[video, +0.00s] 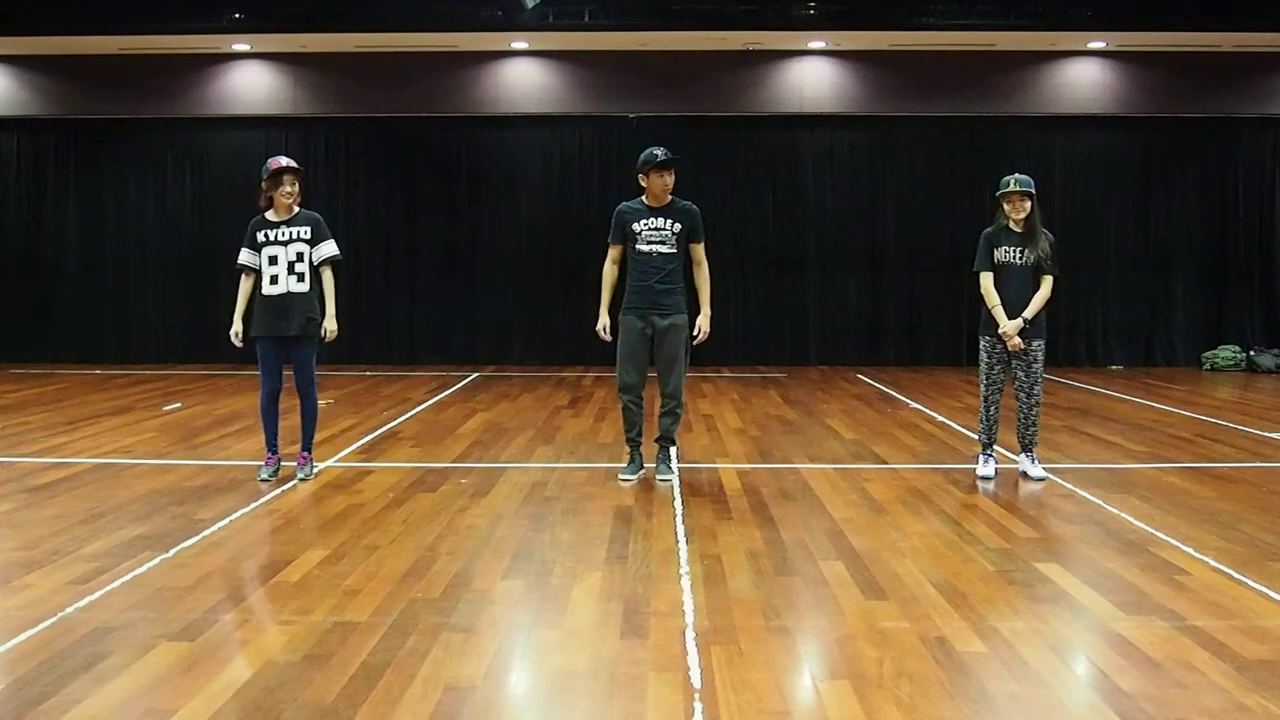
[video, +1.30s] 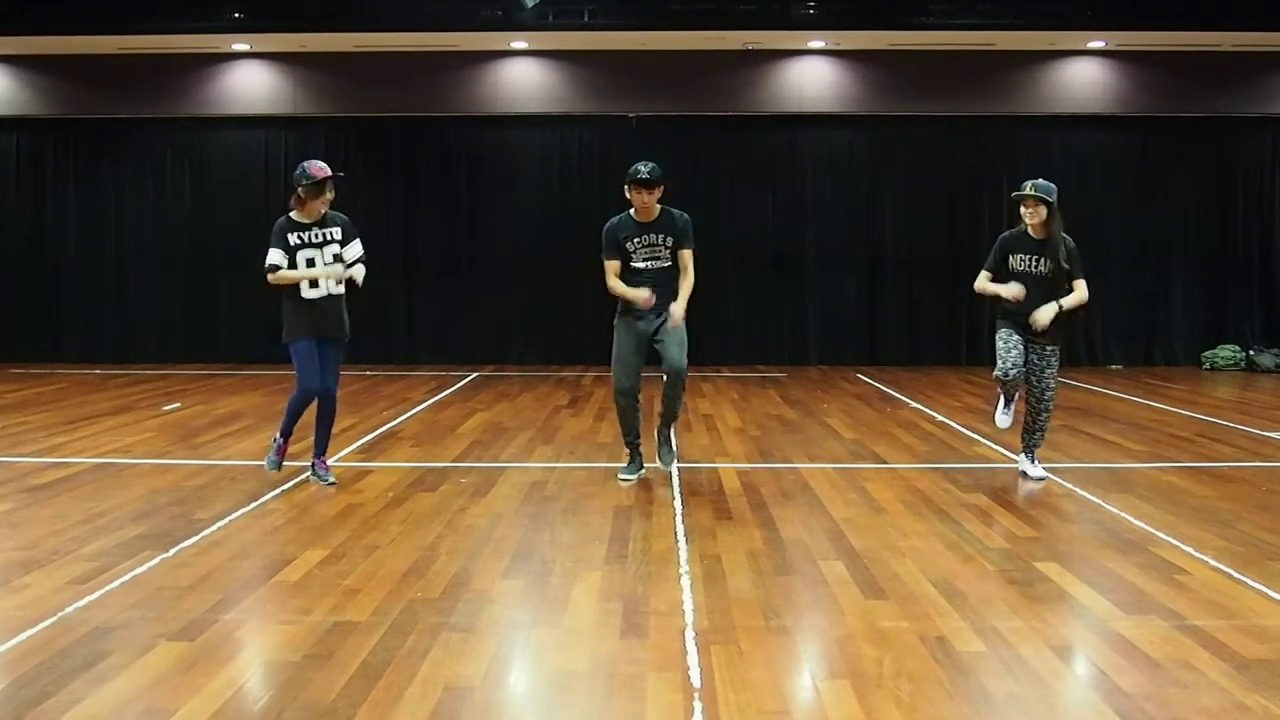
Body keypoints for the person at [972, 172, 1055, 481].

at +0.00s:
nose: (1017, 205)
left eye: (1023, 199)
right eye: (1010, 200)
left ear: (1032, 202)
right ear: (1002, 203)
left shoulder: (1044, 239)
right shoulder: (990, 237)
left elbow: (1046, 287)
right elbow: (987, 286)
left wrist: (1021, 322)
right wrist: (1007, 329)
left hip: (1032, 333)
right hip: (993, 331)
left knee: (1030, 397)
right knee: (991, 395)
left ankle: (1028, 455)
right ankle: (986, 455)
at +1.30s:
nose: (1029, 210)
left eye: (1036, 205)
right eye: (1025, 205)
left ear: (1049, 209)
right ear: (1020, 208)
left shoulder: (1064, 245)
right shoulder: (1007, 241)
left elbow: (1081, 293)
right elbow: (980, 283)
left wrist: (1054, 306)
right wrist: (1002, 288)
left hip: (1047, 331)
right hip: (1011, 325)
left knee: (1042, 397)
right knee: (1009, 374)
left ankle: (1028, 454)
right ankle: (1008, 395)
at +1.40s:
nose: (1025, 202)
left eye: (1032, 197)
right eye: (1021, 197)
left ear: (1045, 201)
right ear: (1016, 201)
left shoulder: (1062, 238)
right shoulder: (1006, 234)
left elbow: (1080, 280)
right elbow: (974, 276)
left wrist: (1048, 273)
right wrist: (1000, 255)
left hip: (1044, 330)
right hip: (1008, 322)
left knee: (1037, 393)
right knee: (1002, 375)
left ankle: (1029, 453)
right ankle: (1006, 420)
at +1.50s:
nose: (1021, 199)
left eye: (1028, 194)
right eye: (1017, 194)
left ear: (1042, 198)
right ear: (1012, 198)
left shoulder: (1058, 235)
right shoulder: (1003, 232)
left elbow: (1073, 274)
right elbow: (972, 272)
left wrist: (1042, 250)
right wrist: (993, 238)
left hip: (1040, 326)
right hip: (1003, 321)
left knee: (1034, 389)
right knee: (999, 383)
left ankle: (1029, 453)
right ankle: (1003, 447)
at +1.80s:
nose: (1006, 203)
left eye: (1014, 199)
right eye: (1003, 198)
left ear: (1029, 205)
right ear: (998, 203)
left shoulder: (1044, 239)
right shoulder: (989, 235)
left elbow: (1050, 272)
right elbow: (962, 272)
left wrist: (1023, 238)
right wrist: (983, 233)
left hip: (1026, 322)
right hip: (991, 324)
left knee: (1004, 365)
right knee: (993, 397)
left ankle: (1020, 402)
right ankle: (1000, 462)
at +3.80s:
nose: (889, 171)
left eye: (898, 168)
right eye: (886, 166)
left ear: (913, 181)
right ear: (877, 175)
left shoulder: (918, 215)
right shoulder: (864, 214)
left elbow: (928, 240)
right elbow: (813, 240)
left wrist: (891, 203)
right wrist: (847, 202)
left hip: (905, 322)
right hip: (872, 322)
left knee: (857, 382)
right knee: (893, 406)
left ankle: (884, 458)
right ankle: (914, 486)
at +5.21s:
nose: (727, 174)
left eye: (736, 167)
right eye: (720, 167)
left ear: (750, 173)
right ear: (709, 173)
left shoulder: (763, 218)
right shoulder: (696, 216)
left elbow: (784, 257)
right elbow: (653, 257)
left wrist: (743, 216)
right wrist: (684, 212)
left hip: (745, 345)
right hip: (698, 338)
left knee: (739, 438)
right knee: (681, 409)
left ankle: (737, 521)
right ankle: (701, 471)